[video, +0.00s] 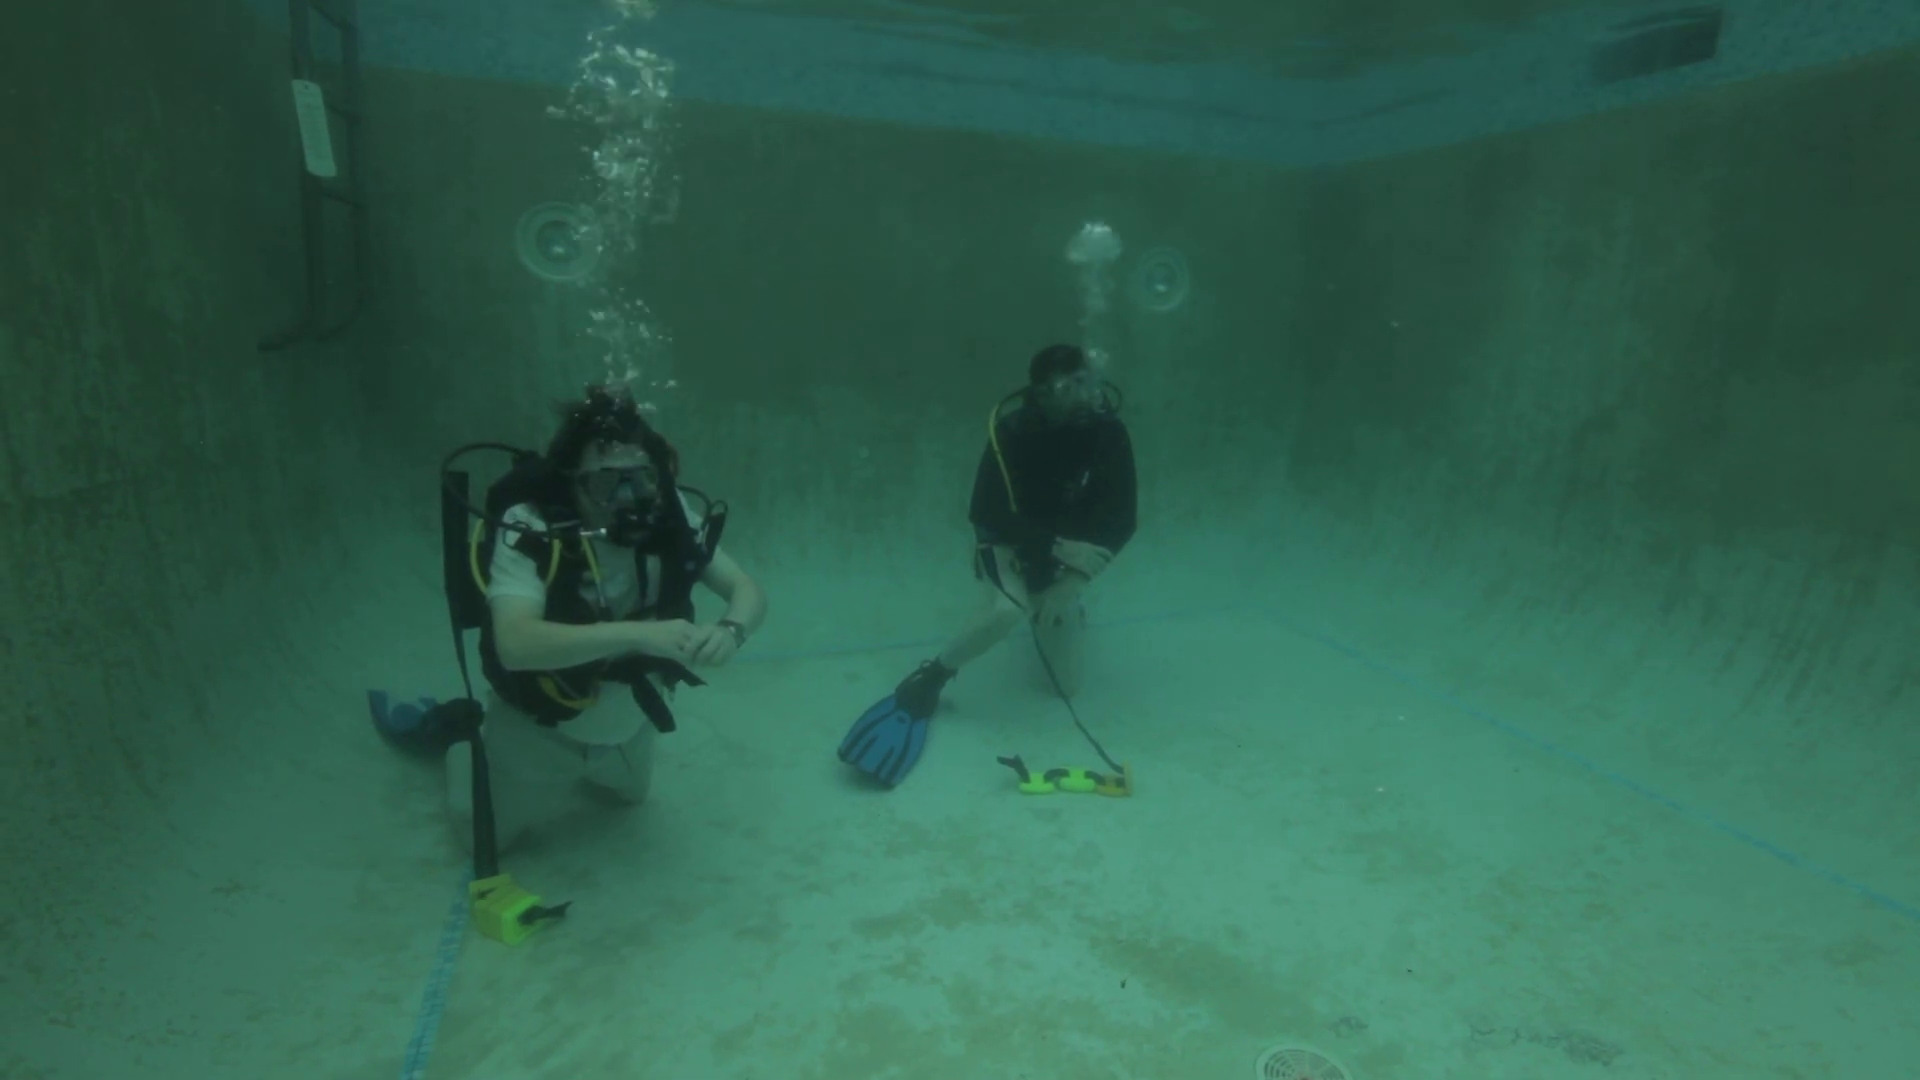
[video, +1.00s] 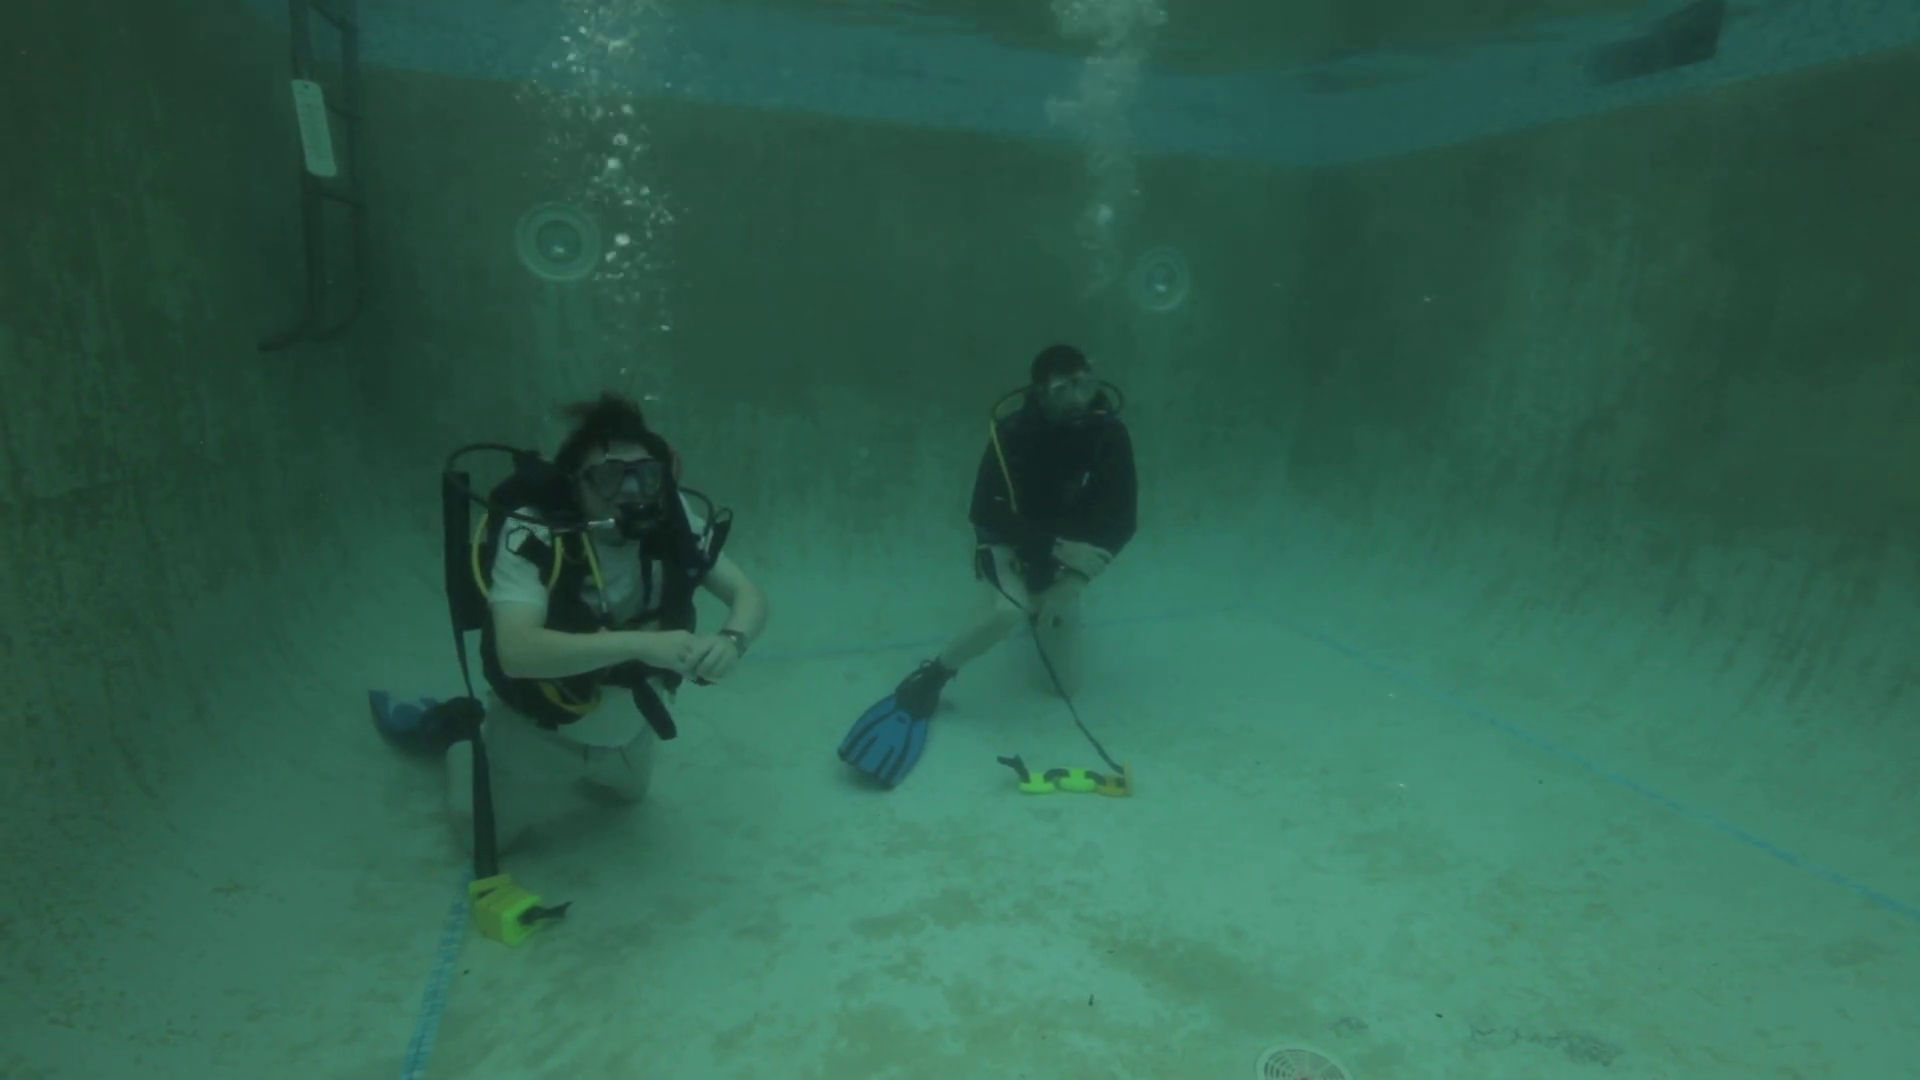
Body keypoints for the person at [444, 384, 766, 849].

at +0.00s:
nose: (624, 498)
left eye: (636, 480)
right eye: (605, 483)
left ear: (658, 477)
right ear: (572, 482)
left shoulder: (670, 517)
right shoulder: (528, 525)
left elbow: (746, 590)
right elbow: (515, 644)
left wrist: (732, 629)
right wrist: (642, 636)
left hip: (627, 708)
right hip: (539, 716)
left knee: (629, 787)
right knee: (485, 835)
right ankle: (460, 729)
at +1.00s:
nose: (629, 492)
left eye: (642, 477)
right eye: (610, 477)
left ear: (661, 479)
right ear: (576, 481)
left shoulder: (671, 521)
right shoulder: (530, 531)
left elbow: (747, 594)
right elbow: (516, 652)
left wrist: (732, 639)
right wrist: (645, 645)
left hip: (627, 715)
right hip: (537, 723)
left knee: (627, 787)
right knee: (483, 835)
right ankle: (460, 729)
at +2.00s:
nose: (630, 495)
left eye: (643, 478)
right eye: (611, 479)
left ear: (663, 476)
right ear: (576, 479)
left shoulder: (673, 519)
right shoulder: (531, 527)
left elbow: (748, 593)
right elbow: (518, 649)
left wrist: (734, 636)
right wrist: (648, 643)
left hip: (627, 712)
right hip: (539, 719)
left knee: (628, 786)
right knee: (485, 836)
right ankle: (462, 728)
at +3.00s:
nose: (638, 498)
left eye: (648, 480)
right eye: (618, 485)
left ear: (664, 474)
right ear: (578, 488)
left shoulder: (668, 516)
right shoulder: (527, 527)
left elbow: (746, 591)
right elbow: (514, 646)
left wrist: (730, 633)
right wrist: (642, 639)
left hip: (626, 706)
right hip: (536, 714)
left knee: (626, 786)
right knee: (487, 836)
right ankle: (463, 729)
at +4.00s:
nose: (648, 503)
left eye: (652, 483)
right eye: (628, 492)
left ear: (660, 473)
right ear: (579, 497)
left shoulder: (659, 517)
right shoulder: (522, 528)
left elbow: (743, 587)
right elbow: (513, 643)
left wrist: (728, 628)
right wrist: (640, 633)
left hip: (626, 715)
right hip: (537, 723)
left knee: (628, 788)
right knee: (490, 836)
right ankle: (462, 729)